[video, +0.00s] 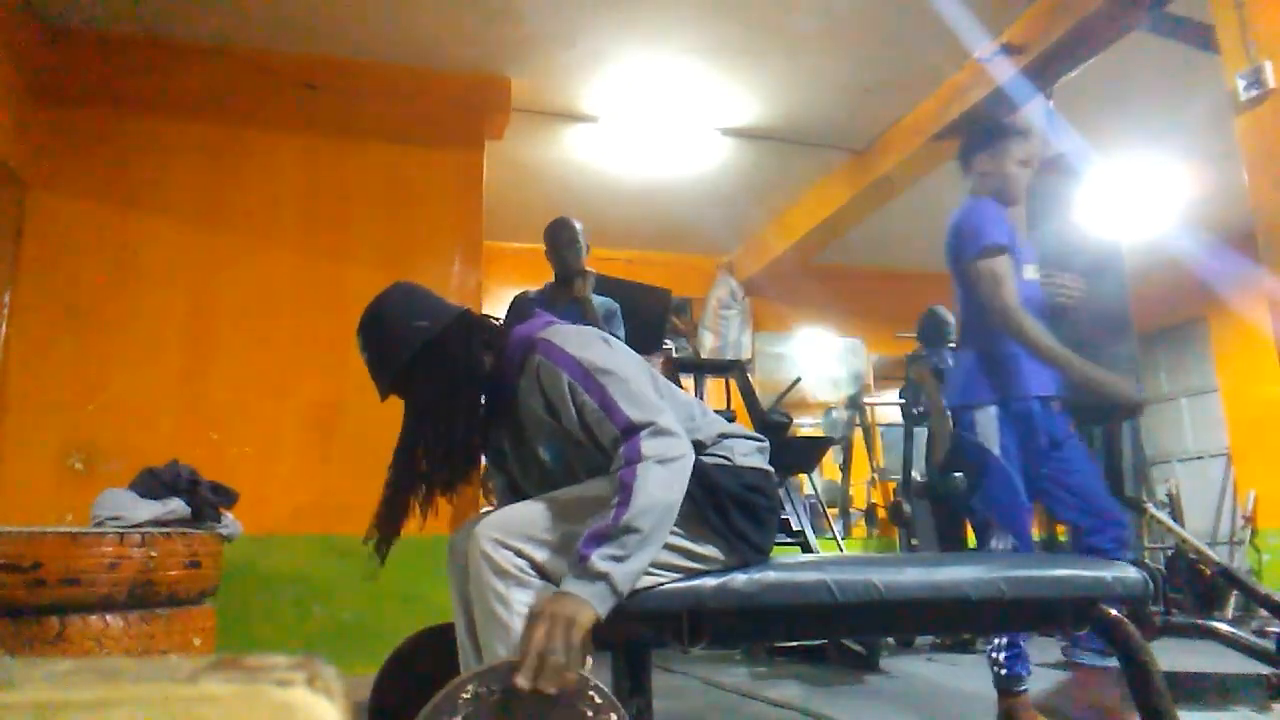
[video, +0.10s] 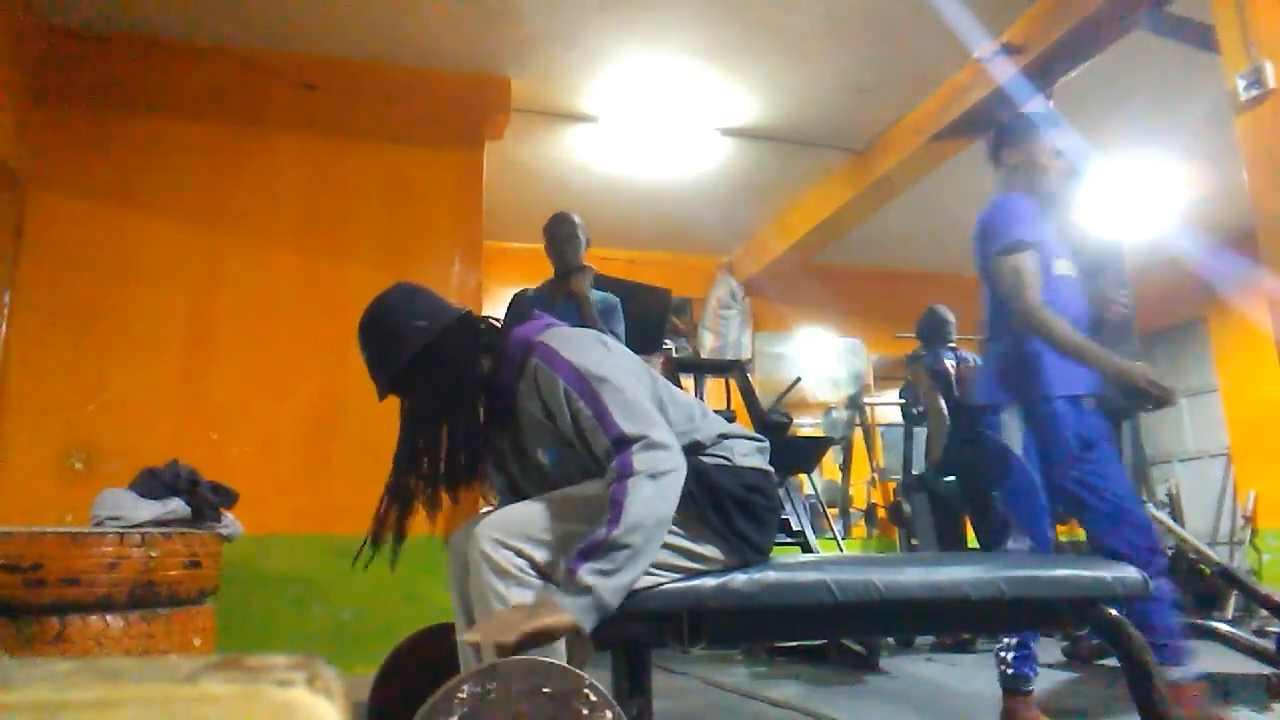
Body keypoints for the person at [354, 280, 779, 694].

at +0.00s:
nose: (424, 406)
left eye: (419, 385)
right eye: (411, 393)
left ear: (448, 355)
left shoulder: (554, 349)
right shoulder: (499, 417)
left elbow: (660, 445)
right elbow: (526, 527)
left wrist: (587, 588)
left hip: (724, 499)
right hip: (658, 502)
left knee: (499, 542)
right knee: (468, 544)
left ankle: (544, 712)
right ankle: (499, 710)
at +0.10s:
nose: (420, 406)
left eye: (416, 385)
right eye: (408, 394)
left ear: (448, 357)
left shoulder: (554, 353)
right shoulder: (499, 411)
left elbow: (652, 460)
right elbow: (527, 520)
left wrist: (581, 598)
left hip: (723, 501)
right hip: (656, 502)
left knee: (500, 541)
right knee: (468, 544)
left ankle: (542, 711)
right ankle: (495, 709)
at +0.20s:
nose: (415, 411)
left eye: (412, 390)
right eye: (405, 396)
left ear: (447, 362)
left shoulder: (560, 357)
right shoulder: (502, 409)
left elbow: (640, 479)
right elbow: (520, 526)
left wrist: (550, 628)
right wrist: (482, 654)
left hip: (721, 503)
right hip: (655, 504)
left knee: (496, 542)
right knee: (468, 544)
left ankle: (525, 709)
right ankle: (490, 703)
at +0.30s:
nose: (411, 408)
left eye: (407, 388)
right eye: (400, 394)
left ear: (442, 361)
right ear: (453, 353)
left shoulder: (559, 364)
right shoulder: (499, 403)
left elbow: (608, 507)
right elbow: (517, 521)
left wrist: (543, 659)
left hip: (721, 502)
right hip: (661, 500)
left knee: (496, 543)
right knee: (470, 545)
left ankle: (524, 705)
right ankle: (491, 705)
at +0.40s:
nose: (407, 410)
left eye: (405, 389)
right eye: (397, 396)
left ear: (439, 364)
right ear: (444, 360)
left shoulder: (555, 366)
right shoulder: (496, 407)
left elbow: (581, 522)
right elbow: (515, 523)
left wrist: (531, 684)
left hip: (723, 501)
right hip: (663, 503)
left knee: (497, 543)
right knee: (468, 548)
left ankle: (527, 707)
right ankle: (489, 706)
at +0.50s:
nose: (409, 413)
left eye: (405, 392)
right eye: (398, 398)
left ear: (437, 365)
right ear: (442, 362)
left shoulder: (550, 368)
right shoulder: (496, 407)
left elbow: (568, 526)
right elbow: (518, 526)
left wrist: (534, 686)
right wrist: (499, 688)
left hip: (721, 499)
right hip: (666, 502)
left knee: (496, 543)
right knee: (469, 546)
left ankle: (527, 706)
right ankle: (491, 704)